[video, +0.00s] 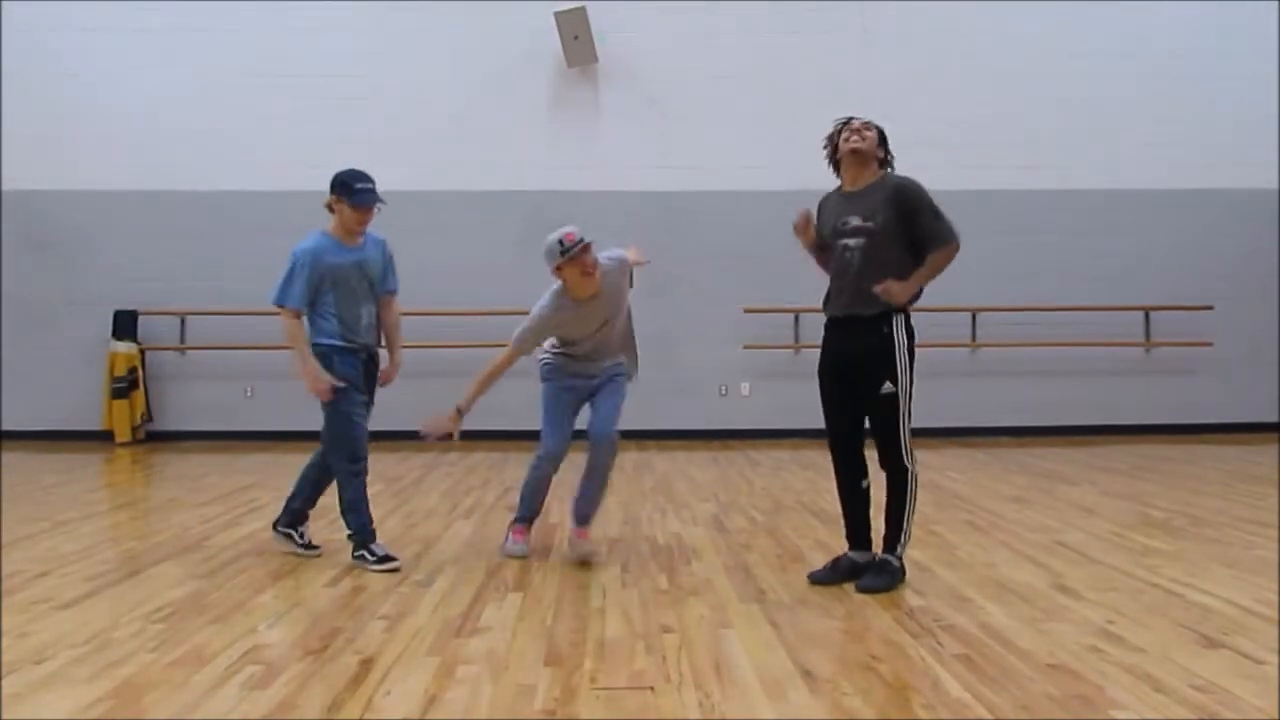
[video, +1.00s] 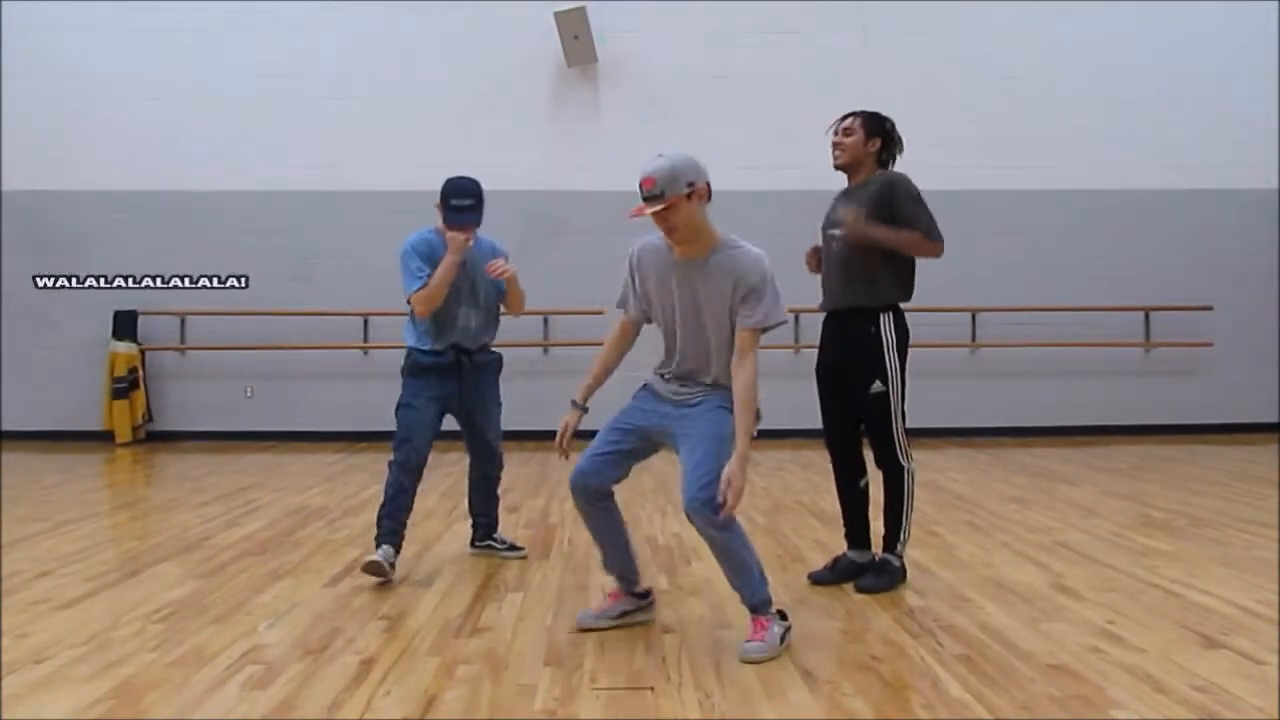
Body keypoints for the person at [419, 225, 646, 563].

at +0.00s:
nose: (588, 262)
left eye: (588, 253)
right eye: (576, 260)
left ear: (594, 251)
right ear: (559, 273)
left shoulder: (615, 266)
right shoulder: (551, 310)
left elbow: (629, 258)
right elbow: (505, 360)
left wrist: (635, 260)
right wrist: (459, 412)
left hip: (612, 368)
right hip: (564, 371)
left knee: (604, 440)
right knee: (552, 449)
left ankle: (581, 527)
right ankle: (520, 527)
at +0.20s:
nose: (597, 257)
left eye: (599, 246)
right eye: (584, 254)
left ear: (610, 240)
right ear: (572, 264)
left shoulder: (644, 260)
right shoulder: (570, 308)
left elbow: (646, 299)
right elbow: (533, 363)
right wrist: (502, 426)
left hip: (641, 373)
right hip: (588, 374)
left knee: (648, 465)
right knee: (578, 441)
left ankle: (609, 544)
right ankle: (572, 530)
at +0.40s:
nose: (601, 241)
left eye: (605, 230)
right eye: (589, 236)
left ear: (621, 220)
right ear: (578, 242)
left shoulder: (659, 244)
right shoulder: (576, 294)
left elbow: (673, 292)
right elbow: (564, 362)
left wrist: (694, 348)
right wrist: (564, 430)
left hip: (675, 368)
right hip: (621, 376)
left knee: (682, 468)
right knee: (633, 458)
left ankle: (647, 522)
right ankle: (649, 570)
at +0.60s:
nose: (620, 233)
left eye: (627, 221)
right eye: (610, 226)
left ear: (647, 208)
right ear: (598, 225)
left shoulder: (689, 245)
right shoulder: (592, 279)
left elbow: (716, 306)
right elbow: (594, 357)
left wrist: (735, 371)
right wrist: (597, 432)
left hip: (696, 371)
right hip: (635, 383)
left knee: (690, 458)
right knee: (637, 477)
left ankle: (726, 583)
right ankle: (652, 580)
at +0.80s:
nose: (649, 218)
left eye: (659, 207)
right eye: (641, 209)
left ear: (687, 196)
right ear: (633, 206)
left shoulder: (730, 251)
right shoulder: (624, 262)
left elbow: (750, 335)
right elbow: (609, 340)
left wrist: (747, 410)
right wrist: (585, 412)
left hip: (713, 388)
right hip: (651, 391)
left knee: (706, 487)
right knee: (617, 499)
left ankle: (764, 612)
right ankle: (659, 575)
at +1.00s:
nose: (659, 219)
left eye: (667, 207)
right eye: (652, 210)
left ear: (700, 196)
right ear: (647, 209)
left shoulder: (746, 266)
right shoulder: (647, 257)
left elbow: (744, 360)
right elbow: (624, 333)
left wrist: (741, 454)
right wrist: (579, 403)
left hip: (714, 402)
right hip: (659, 393)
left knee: (702, 503)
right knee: (586, 481)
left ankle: (765, 615)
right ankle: (632, 592)